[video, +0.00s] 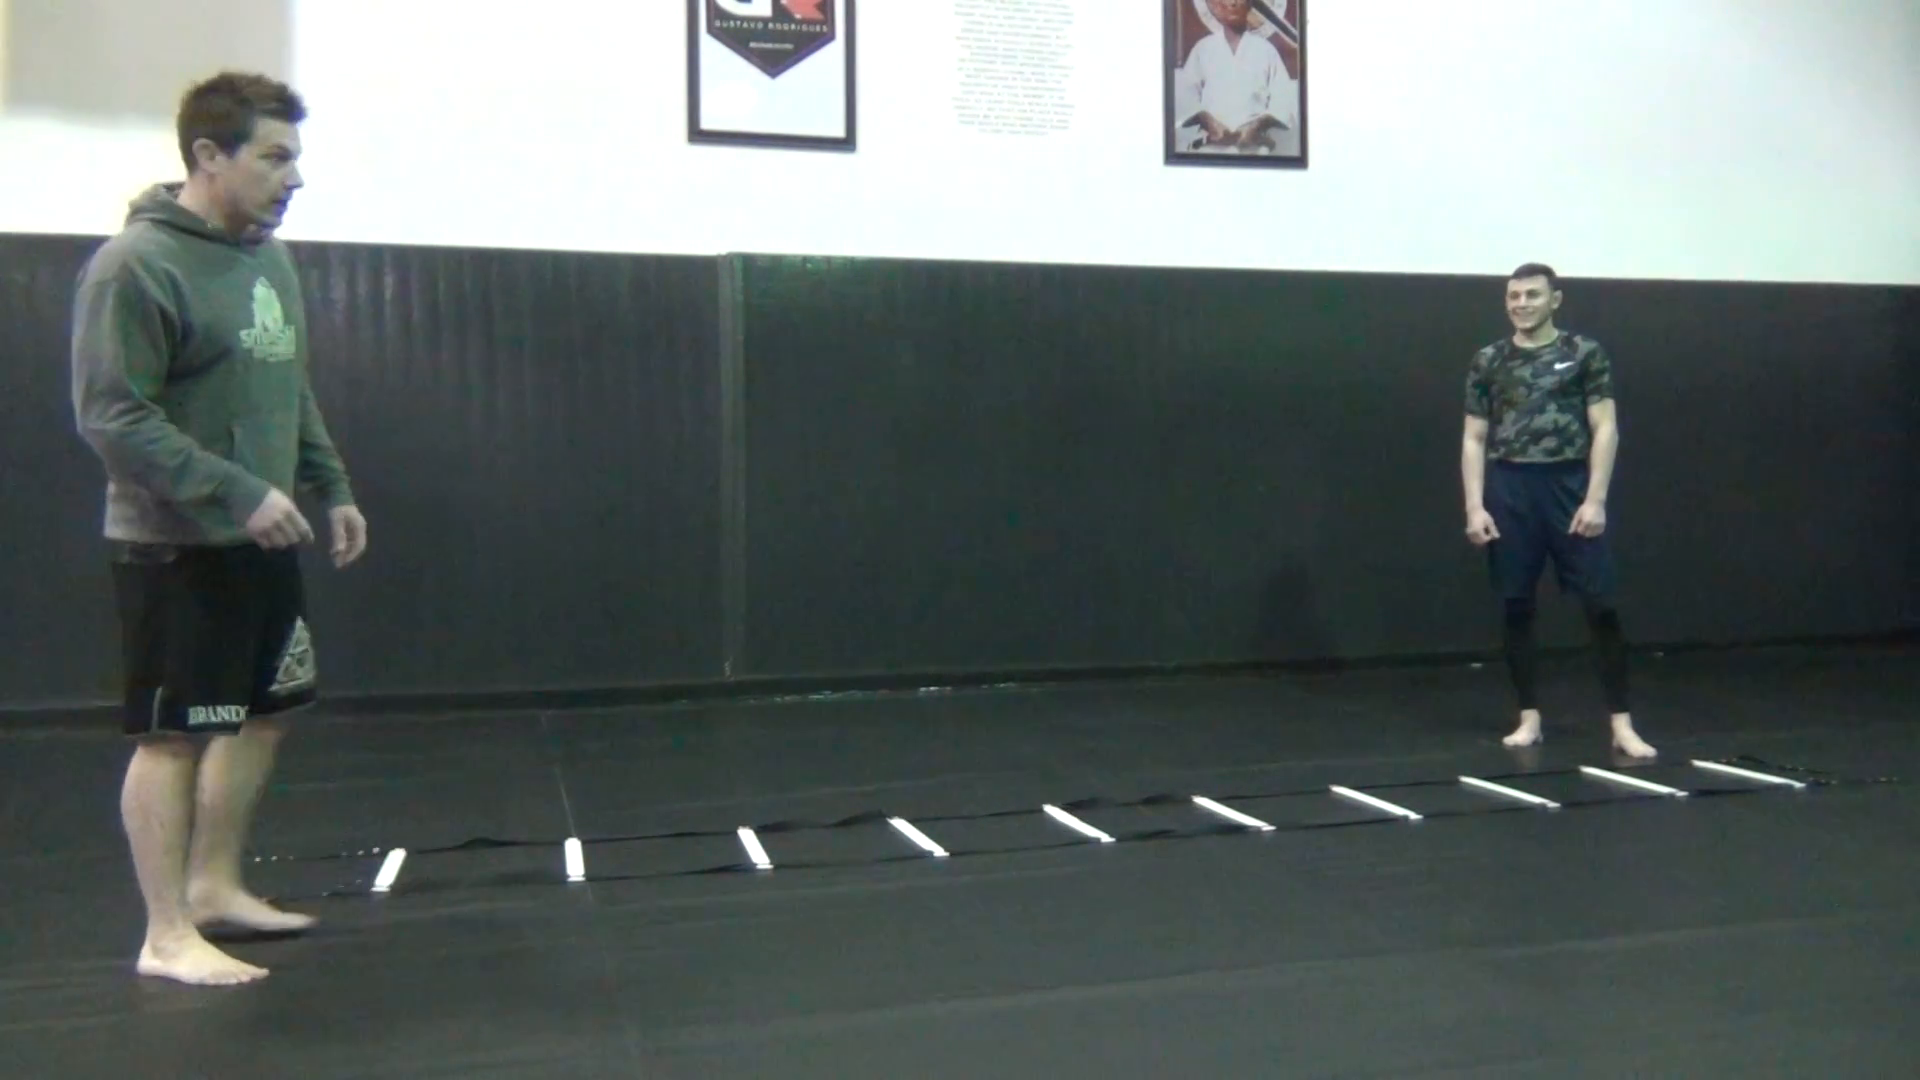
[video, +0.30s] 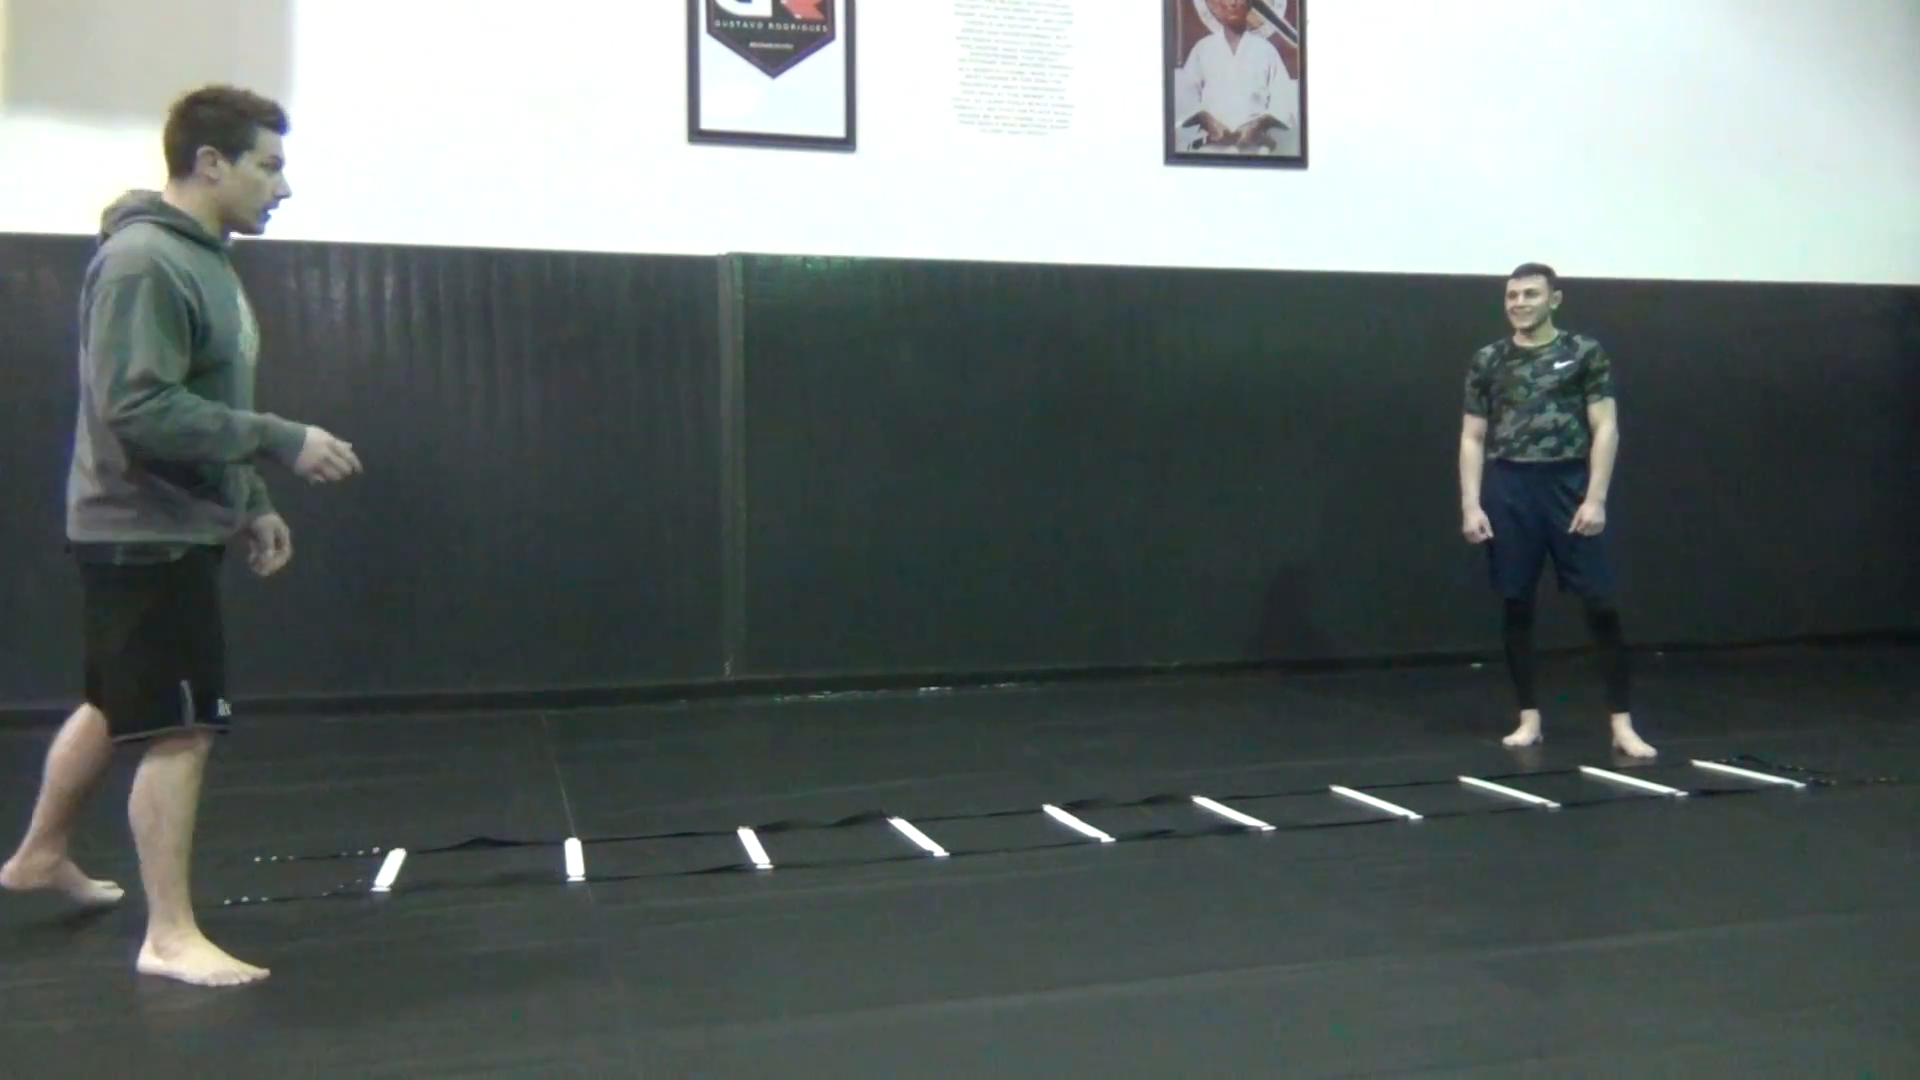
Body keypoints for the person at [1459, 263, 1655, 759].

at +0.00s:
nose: (1521, 304)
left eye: (1532, 295)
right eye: (1514, 296)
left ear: (1555, 300)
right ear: (1506, 303)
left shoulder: (1586, 354)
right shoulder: (1488, 361)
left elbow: (1605, 428)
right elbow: (1474, 438)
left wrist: (1595, 499)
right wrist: (1474, 506)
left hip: (1571, 490)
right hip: (1509, 491)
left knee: (1601, 603)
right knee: (1516, 605)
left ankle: (1621, 722)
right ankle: (1528, 716)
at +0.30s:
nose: (1519, 303)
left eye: (1530, 295)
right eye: (1512, 296)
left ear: (1554, 299)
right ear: (1505, 302)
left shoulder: (1585, 354)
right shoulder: (1488, 361)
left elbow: (1605, 428)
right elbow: (1472, 437)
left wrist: (1596, 497)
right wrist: (1470, 504)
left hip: (1570, 489)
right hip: (1508, 489)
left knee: (1601, 603)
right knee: (1516, 604)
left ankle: (1621, 722)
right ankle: (1528, 717)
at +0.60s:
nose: (1518, 303)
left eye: (1529, 295)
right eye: (1512, 296)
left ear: (1554, 299)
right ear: (1505, 303)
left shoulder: (1586, 353)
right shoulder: (1489, 360)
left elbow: (1605, 428)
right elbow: (1473, 438)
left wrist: (1596, 498)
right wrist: (1473, 505)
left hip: (1571, 490)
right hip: (1509, 491)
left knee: (1602, 603)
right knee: (1516, 605)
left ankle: (1620, 723)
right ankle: (1528, 717)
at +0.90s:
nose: (1518, 304)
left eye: (1529, 295)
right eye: (1511, 297)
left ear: (1553, 299)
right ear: (1504, 303)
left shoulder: (1586, 353)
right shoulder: (1489, 361)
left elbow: (1605, 428)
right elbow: (1474, 438)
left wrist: (1596, 499)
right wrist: (1475, 507)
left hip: (1571, 490)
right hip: (1510, 492)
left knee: (1602, 604)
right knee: (1516, 605)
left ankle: (1621, 724)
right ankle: (1528, 717)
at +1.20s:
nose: (1516, 305)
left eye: (1527, 296)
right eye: (1510, 297)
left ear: (1552, 299)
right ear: (1504, 303)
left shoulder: (1586, 354)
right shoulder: (1489, 361)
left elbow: (1604, 429)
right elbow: (1475, 438)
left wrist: (1595, 499)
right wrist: (1475, 506)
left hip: (1570, 490)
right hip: (1509, 492)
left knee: (1601, 603)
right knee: (1515, 605)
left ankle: (1621, 723)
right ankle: (1528, 718)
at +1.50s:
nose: (1516, 305)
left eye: (1527, 296)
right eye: (1510, 298)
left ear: (1552, 299)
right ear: (1503, 304)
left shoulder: (1585, 353)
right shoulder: (1489, 361)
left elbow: (1604, 428)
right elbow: (1475, 438)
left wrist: (1595, 499)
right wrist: (1475, 506)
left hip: (1570, 490)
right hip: (1509, 491)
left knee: (1601, 603)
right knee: (1515, 605)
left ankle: (1621, 724)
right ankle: (1528, 718)